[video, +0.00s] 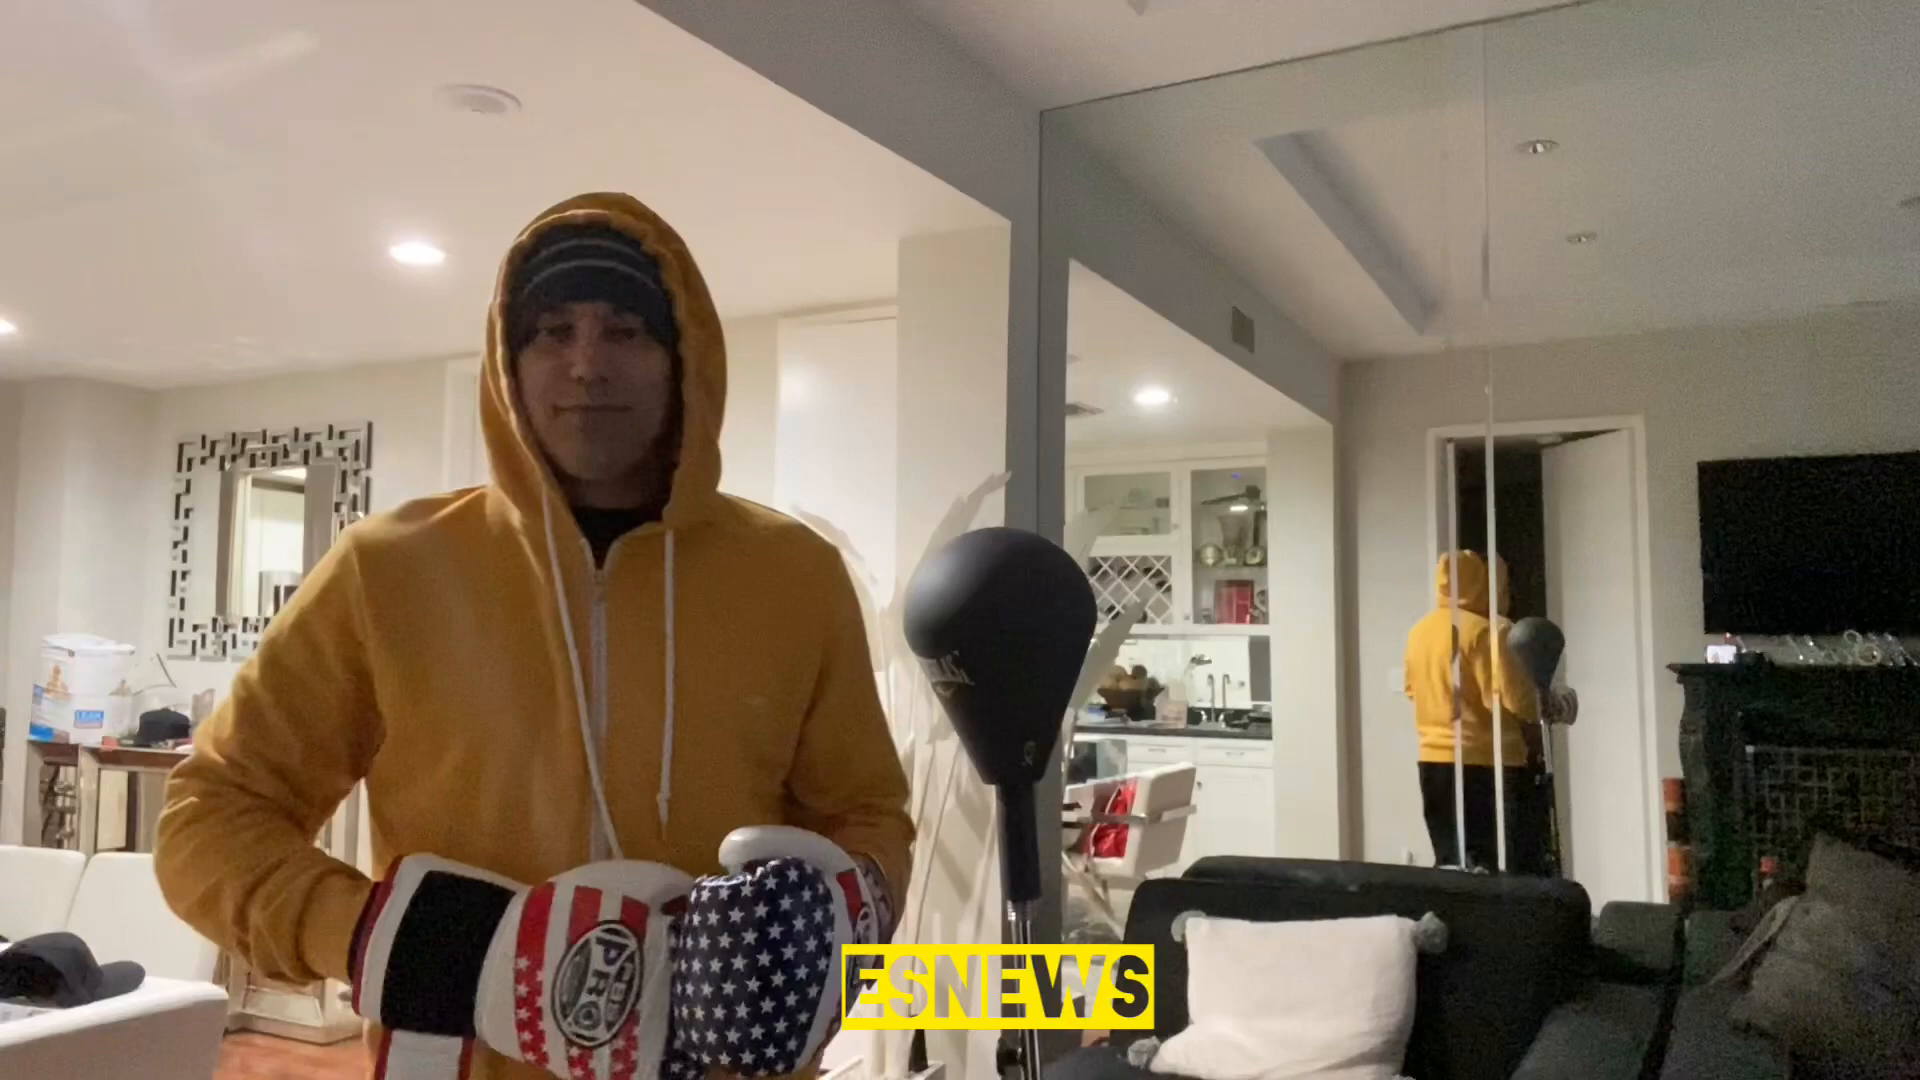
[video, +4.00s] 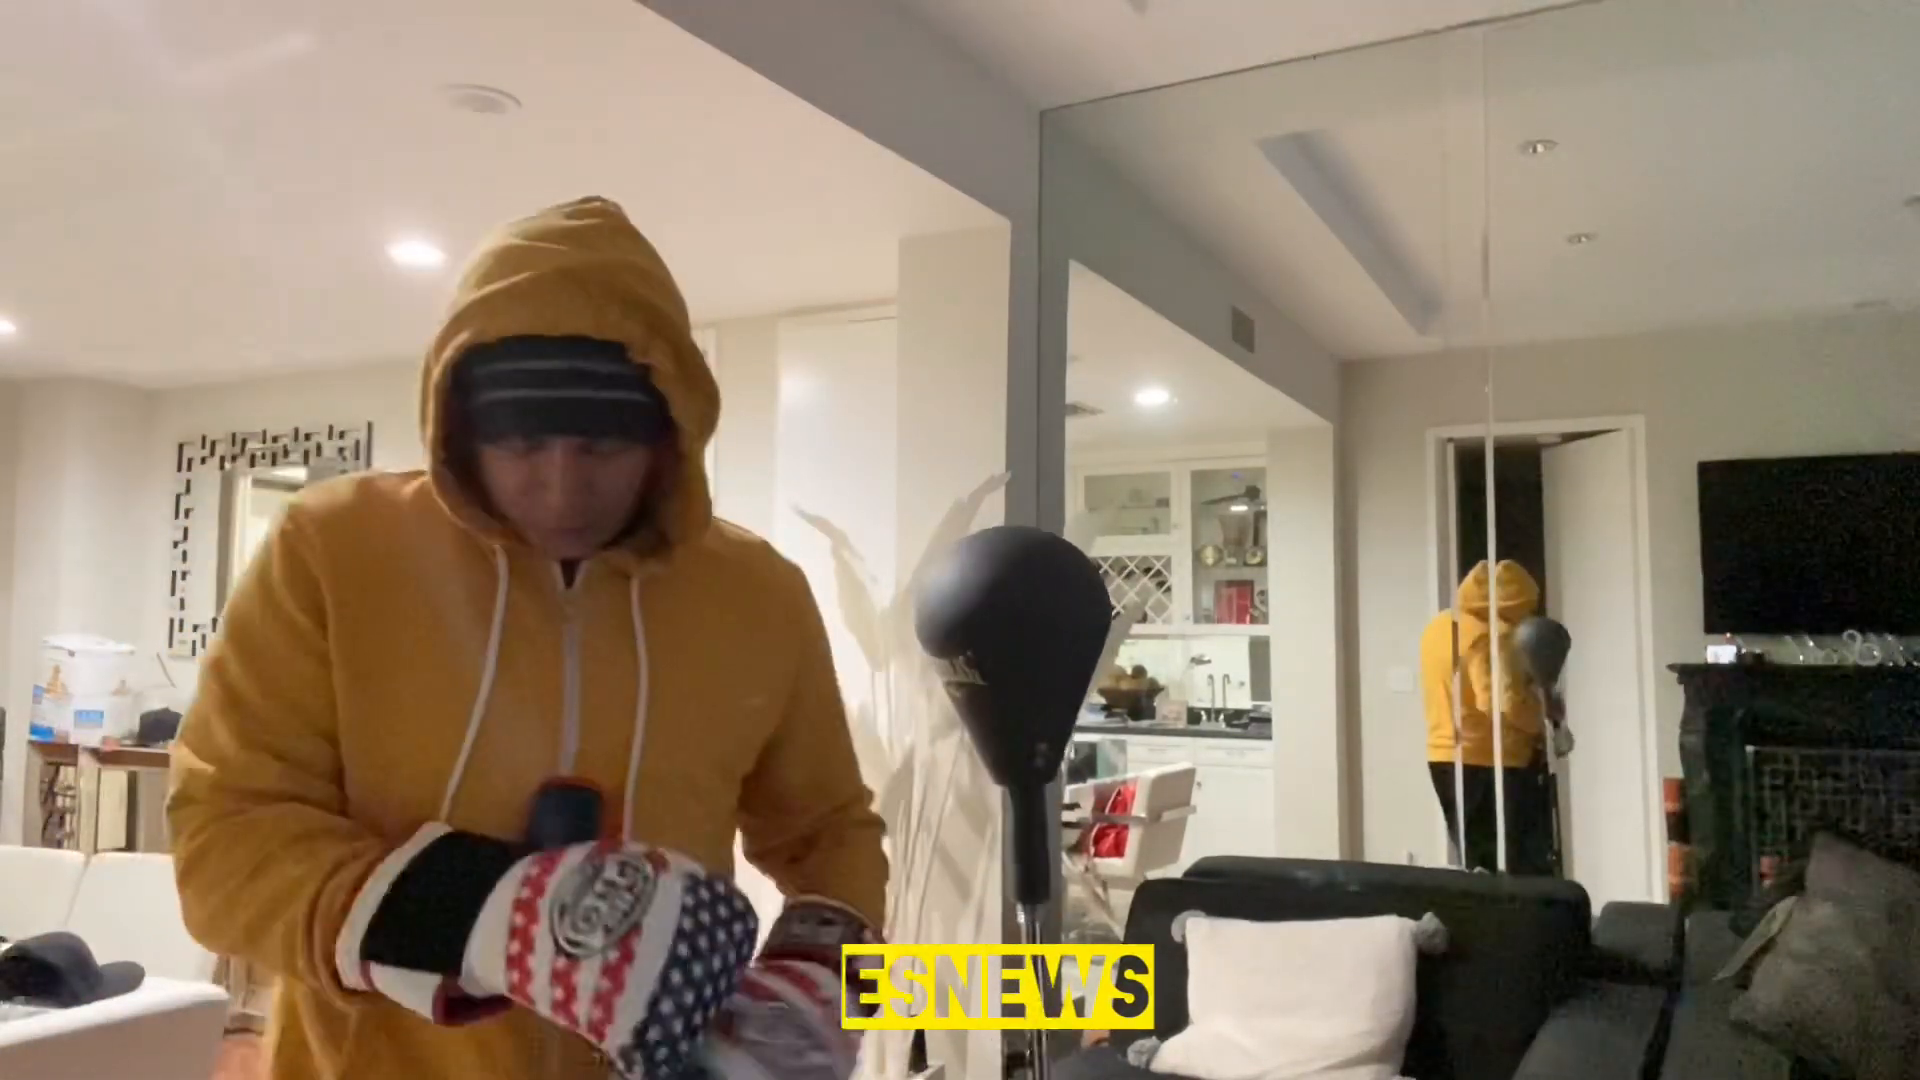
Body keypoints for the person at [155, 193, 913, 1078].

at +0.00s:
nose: (587, 364)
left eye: (626, 331)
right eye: (555, 333)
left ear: (681, 363)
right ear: (510, 367)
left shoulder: (795, 577)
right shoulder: (387, 574)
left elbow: (869, 817)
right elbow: (212, 819)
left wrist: (808, 930)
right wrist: (385, 939)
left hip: (720, 1064)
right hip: (465, 1062)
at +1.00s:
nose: (691, 363)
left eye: (731, 330)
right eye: (657, 331)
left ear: (783, 365)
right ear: (613, 365)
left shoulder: (886, 578)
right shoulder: (488, 561)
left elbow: (974, 819)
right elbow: (294, 782)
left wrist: (875, 902)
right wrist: (489, 917)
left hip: (800, 1062)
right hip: (542, 1056)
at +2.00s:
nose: (722, 387)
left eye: (759, 354)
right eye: (692, 355)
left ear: (814, 379)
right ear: (650, 384)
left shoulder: (922, 584)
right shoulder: (538, 578)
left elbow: (1052, 842)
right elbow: (340, 809)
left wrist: (878, 787)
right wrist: (587, 840)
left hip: (851, 1057)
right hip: (604, 1062)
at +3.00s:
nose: (299, 525)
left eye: (330, 456)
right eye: (250, 486)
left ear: (435, 404)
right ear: (212, 486)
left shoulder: (679, 519)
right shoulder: (188, 641)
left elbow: (896, 774)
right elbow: (32, 978)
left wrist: (632, 816)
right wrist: (322, 958)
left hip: (687, 1064)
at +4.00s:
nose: (560, 493)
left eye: (601, 445)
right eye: (522, 444)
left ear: (661, 438)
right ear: (464, 431)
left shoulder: (757, 602)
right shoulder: (334, 557)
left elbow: (828, 831)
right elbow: (225, 838)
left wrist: (812, 971)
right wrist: (487, 921)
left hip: (647, 1063)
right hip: (372, 1058)